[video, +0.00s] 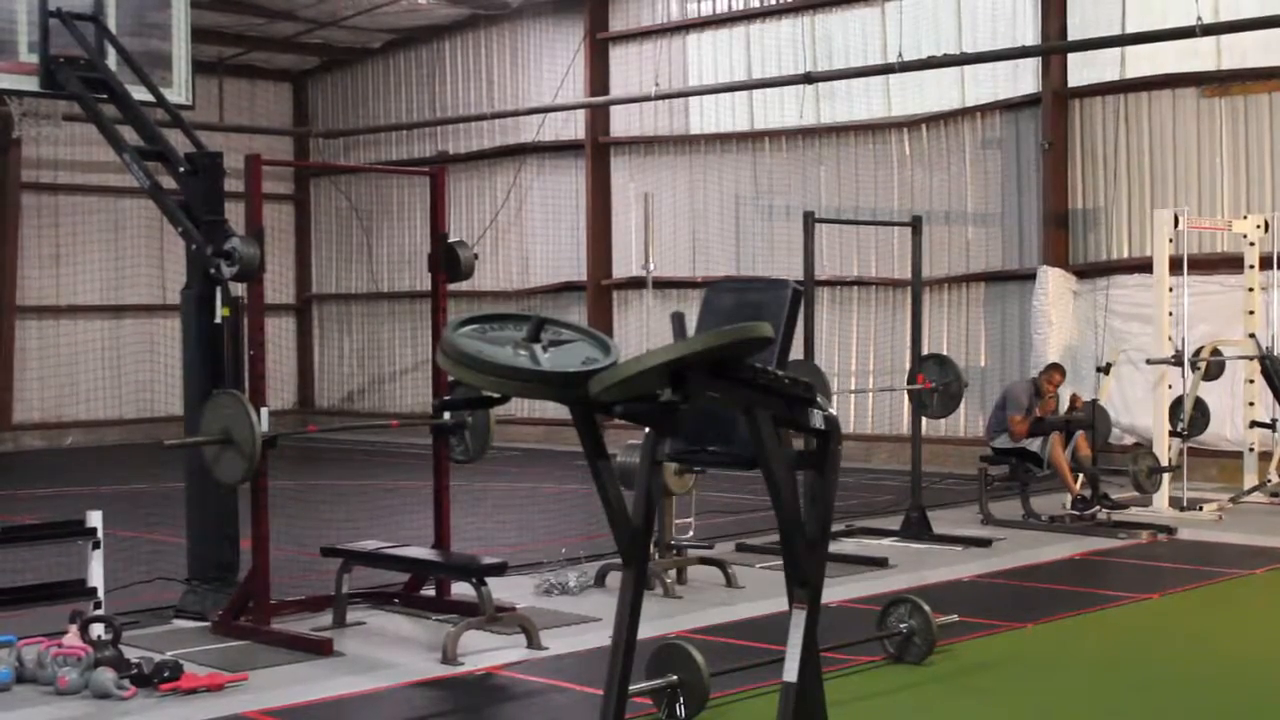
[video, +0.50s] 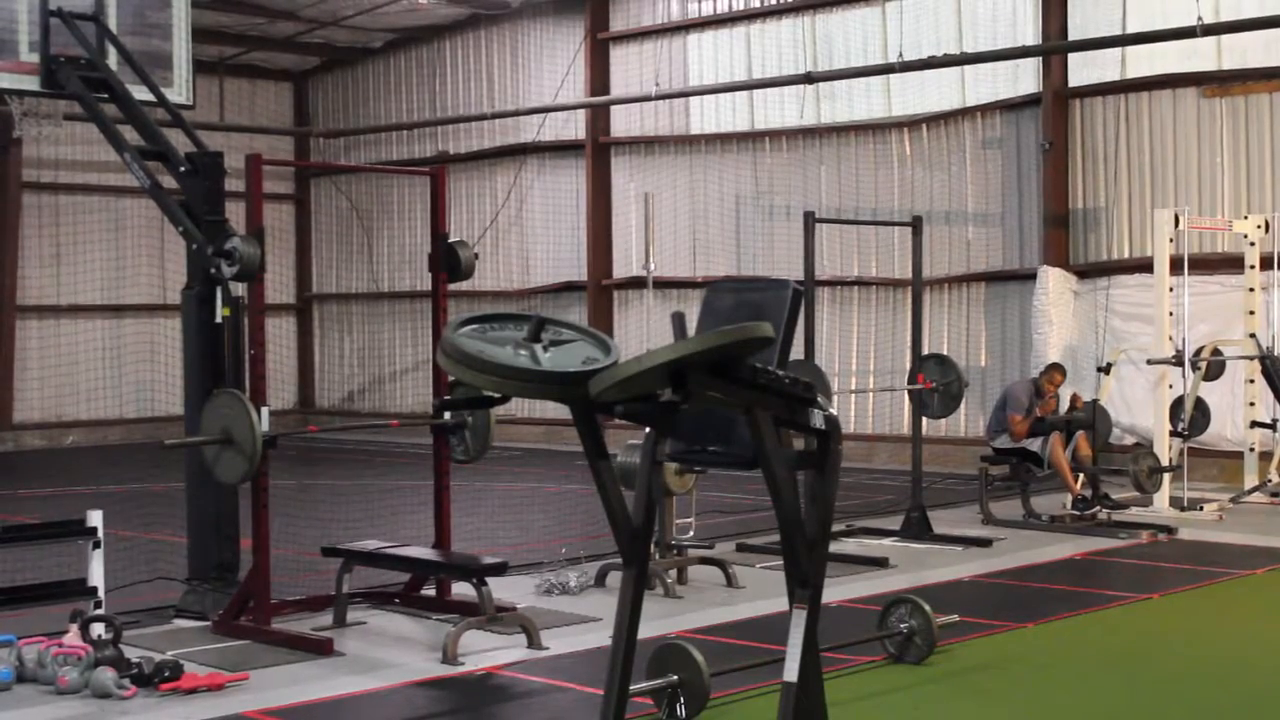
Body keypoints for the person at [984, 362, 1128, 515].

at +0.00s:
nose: (1051, 389)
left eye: (1056, 386)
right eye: (1049, 383)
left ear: (1059, 386)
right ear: (1040, 375)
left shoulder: (1048, 395)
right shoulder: (1019, 390)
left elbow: (1050, 424)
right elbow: (1016, 434)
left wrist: (1071, 411)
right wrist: (1040, 415)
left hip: (1026, 438)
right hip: (1001, 439)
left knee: (1078, 435)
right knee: (1052, 439)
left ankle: (1097, 493)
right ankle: (1077, 497)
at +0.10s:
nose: (1051, 390)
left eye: (1056, 387)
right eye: (1049, 384)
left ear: (1059, 386)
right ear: (1040, 376)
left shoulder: (1048, 395)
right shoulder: (1019, 391)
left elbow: (1051, 425)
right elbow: (1016, 435)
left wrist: (1071, 411)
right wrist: (1039, 414)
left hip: (1027, 438)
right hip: (1001, 439)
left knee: (1078, 436)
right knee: (1053, 440)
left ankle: (1097, 494)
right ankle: (1077, 498)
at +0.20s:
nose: (1051, 390)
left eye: (1056, 387)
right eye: (1049, 383)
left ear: (1059, 386)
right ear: (1040, 375)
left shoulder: (1048, 395)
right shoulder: (1019, 391)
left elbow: (1051, 425)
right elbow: (1016, 435)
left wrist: (1071, 411)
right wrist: (1039, 413)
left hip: (1026, 438)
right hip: (1001, 439)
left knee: (1078, 435)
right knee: (1053, 439)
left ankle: (1097, 493)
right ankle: (1077, 497)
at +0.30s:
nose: (1051, 390)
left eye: (1056, 387)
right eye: (1049, 384)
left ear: (1059, 386)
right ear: (1041, 375)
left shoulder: (1049, 395)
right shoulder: (1019, 391)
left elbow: (1052, 426)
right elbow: (1016, 434)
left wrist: (1071, 411)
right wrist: (1039, 413)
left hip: (1027, 438)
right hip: (1002, 439)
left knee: (1079, 436)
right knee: (1053, 439)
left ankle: (1097, 493)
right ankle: (1077, 498)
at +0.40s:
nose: (1052, 390)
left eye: (1056, 387)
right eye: (1049, 384)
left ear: (1059, 386)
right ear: (1041, 375)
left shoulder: (1049, 395)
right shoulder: (1019, 391)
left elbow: (1052, 426)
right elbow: (1017, 435)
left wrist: (1071, 411)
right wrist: (1038, 413)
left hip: (1027, 438)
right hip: (1002, 439)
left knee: (1079, 436)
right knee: (1053, 440)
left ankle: (1097, 493)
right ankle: (1077, 498)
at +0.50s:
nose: (1052, 390)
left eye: (1056, 387)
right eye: (1050, 384)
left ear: (1059, 386)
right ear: (1041, 376)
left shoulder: (1050, 395)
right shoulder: (1019, 391)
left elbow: (1052, 426)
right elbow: (1017, 435)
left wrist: (1071, 411)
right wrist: (1039, 413)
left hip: (1028, 438)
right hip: (1002, 439)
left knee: (1079, 435)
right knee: (1053, 440)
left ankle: (1097, 493)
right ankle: (1077, 497)